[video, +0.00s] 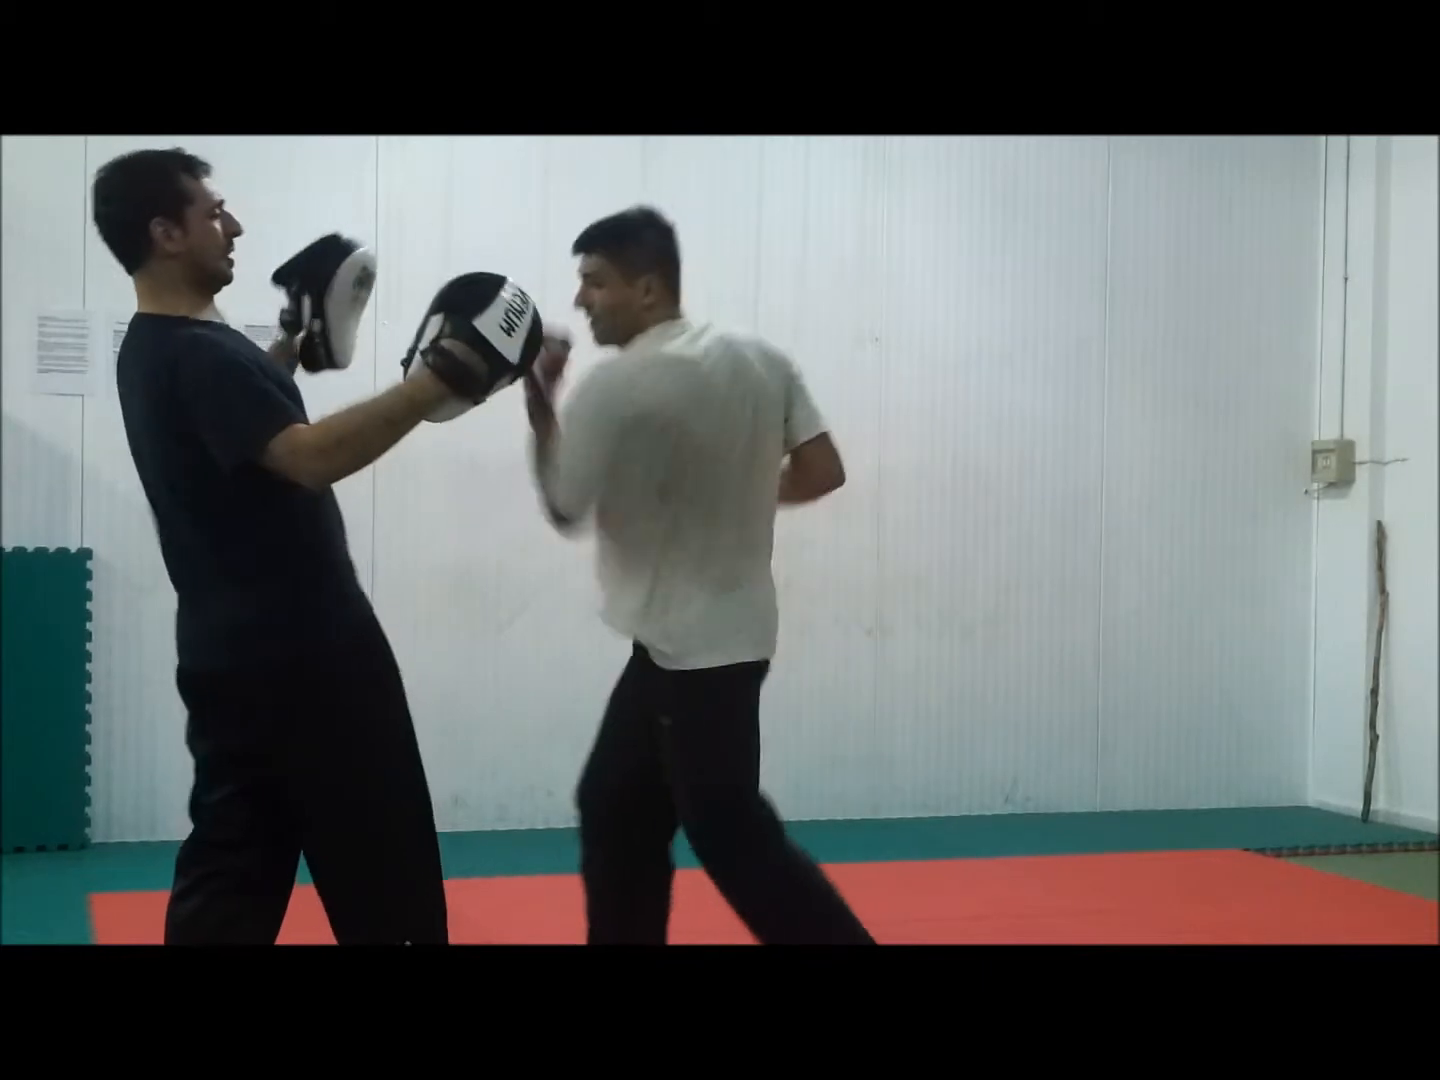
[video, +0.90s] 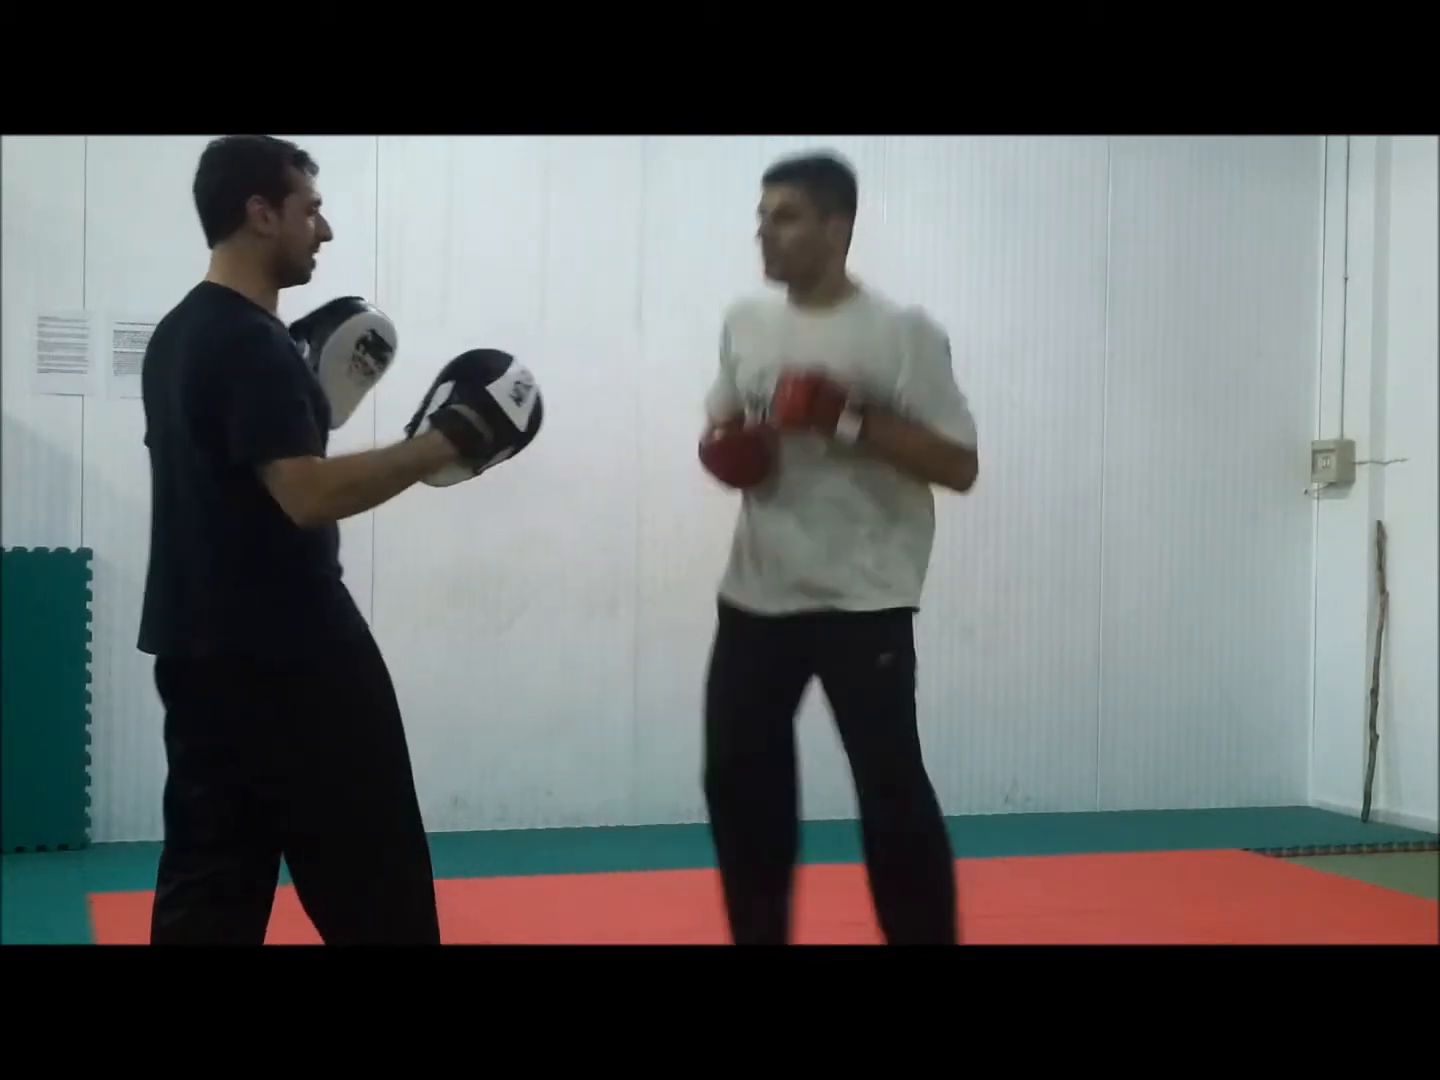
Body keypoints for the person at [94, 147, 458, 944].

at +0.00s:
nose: (233, 221)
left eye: (221, 205)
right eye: (212, 209)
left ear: (161, 240)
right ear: (165, 233)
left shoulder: (148, 348)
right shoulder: (200, 350)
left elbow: (220, 439)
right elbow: (308, 458)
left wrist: (285, 355)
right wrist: (425, 390)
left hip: (229, 650)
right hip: (310, 649)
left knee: (230, 875)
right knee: (389, 878)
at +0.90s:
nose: (325, 226)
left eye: (320, 206)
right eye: (312, 206)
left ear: (247, 216)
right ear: (260, 212)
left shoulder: (179, 332)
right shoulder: (250, 338)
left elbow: (218, 482)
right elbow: (308, 495)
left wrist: (312, 403)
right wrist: (443, 444)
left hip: (201, 651)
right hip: (294, 654)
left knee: (209, 887)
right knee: (379, 889)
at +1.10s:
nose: (306, 272)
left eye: (311, 252)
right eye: (306, 249)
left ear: (216, 233)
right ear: (266, 235)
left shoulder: (110, 337)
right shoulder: (251, 345)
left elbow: (61, 487)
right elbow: (286, 502)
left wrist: (68, 607)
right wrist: (410, 499)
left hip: (122, 654)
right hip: (239, 657)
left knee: (106, 882)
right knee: (267, 888)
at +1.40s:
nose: (304, 273)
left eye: (308, 253)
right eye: (303, 249)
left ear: (213, 232)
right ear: (261, 233)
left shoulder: (107, 338)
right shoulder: (244, 347)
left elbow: (60, 488)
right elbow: (281, 507)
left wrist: (68, 608)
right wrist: (407, 499)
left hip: (121, 660)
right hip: (237, 663)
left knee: (104, 887)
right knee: (267, 895)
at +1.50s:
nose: (301, 274)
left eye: (304, 252)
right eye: (298, 249)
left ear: (223, 235)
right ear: (257, 235)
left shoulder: (107, 337)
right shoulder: (238, 343)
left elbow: (58, 486)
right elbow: (295, 491)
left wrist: (66, 609)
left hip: (119, 649)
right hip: (233, 653)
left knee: (107, 872)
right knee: (266, 881)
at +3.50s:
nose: (284, 253)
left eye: (285, 233)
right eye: (275, 230)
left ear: (208, 225)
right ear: (221, 222)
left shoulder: (113, 334)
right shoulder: (210, 332)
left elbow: (79, 488)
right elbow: (277, 455)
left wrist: (80, 609)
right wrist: (398, 413)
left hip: (122, 651)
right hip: (224, 651)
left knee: (111, 874)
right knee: (265, 878)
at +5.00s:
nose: (282, 261)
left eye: (284, 241)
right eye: (274, 238)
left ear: (213, 231)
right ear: (221, 228)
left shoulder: (126, 335)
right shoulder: (206, 329)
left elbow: (91, 490)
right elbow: (314, 369)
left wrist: (103, 602)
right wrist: (410, 339)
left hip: (134, 646)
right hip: (222, 647)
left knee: (120, 867)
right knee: (259, 874)